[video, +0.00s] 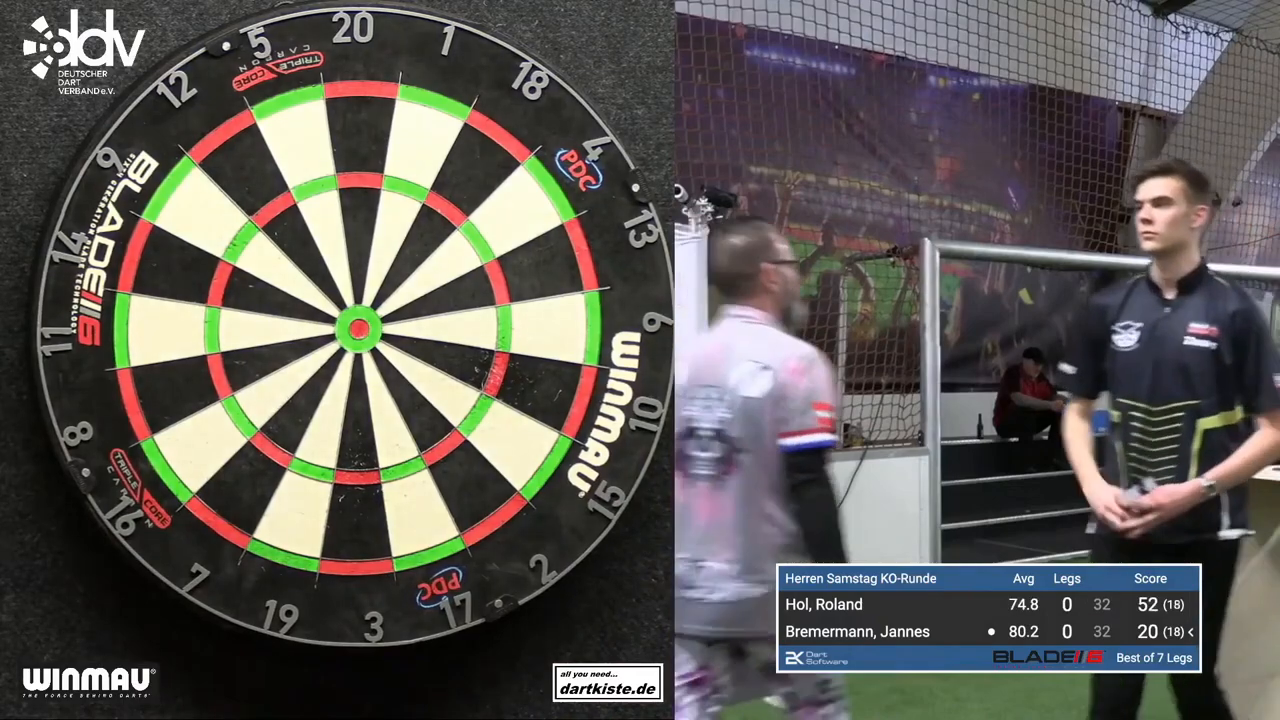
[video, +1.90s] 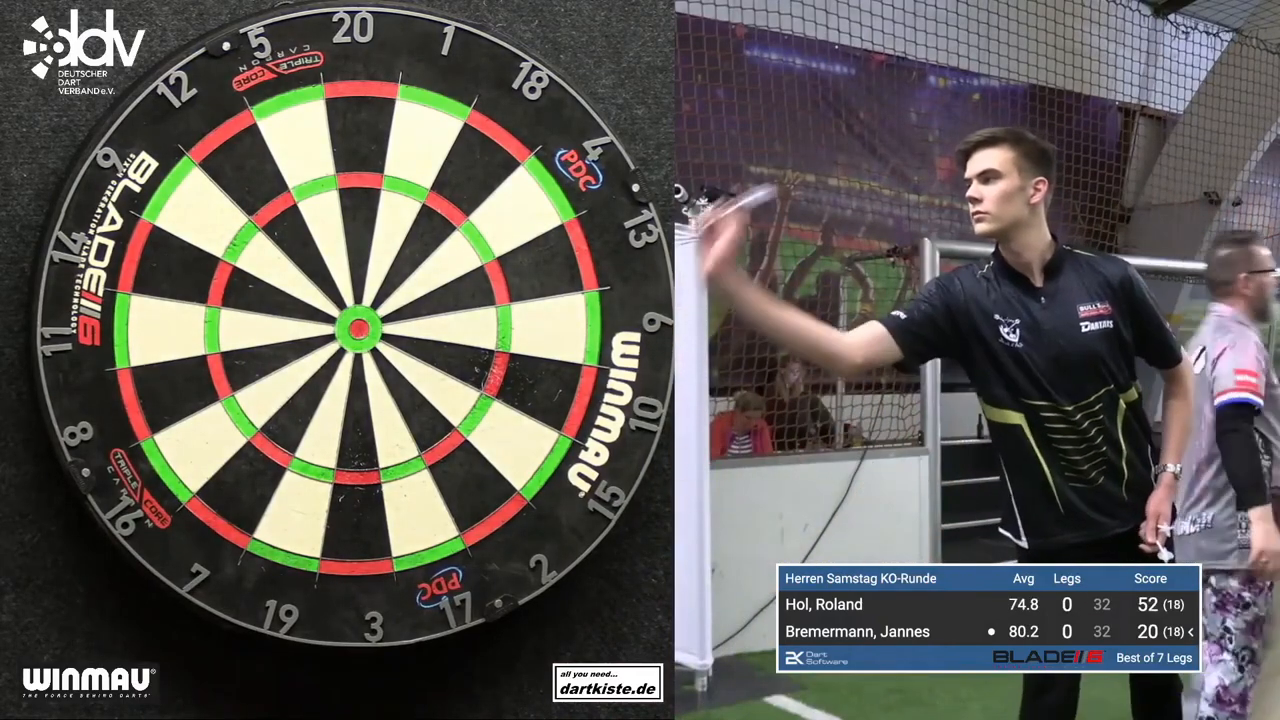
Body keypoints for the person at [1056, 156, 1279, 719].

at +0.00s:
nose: (1144, 216)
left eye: (1161, 204)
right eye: (1139, 207)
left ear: (1201, 216)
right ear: (1133, 218)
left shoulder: (1236, 314)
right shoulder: (1106, 309)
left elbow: (1272, 430)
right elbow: (1076, 411)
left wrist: (1193, 492)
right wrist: (1094, 487)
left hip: (1202, 534)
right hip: (1118, 529)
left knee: (1192, 680)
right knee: (1113, 682)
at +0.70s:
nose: (1089, 197)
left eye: (1105, 184)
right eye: (1084, 187)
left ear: (1148, 197)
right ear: (1078, 199)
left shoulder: (1194, 299)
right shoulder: (1049, 296)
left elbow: (1235, 412)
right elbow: (1018, 409)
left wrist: (1190, 497)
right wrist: (1009, 503)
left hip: (1161, 536)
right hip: (1074, 534)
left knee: (1146, 696)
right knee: (1074, 696)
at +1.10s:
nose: (1021, 189)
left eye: (1038, 175)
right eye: (1017, 179)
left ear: (1086, 186)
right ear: (1013, 191)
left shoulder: (1144, 285)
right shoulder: (993, 299)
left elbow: (1201, 390)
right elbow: (962, 426)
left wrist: (1177, 491)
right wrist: (919, 535)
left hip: (1142, 534)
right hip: (1052, 543)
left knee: (1154, 696)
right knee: (1057, 703)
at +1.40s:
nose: (983, 193)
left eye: (1000, 178)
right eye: (980, 182)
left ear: (1048, 189)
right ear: (979, 196)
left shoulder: (1120, 279)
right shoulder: (968, 305)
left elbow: (1187, 375)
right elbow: (909, 424)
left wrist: (1176, 480)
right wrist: (828, 538)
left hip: (1140, 524)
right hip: (1052, 539)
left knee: (1164, 688)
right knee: (1052, 698)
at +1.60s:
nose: (976, 193)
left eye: (993, 178)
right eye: (972, 183)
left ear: (1042, 189)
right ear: (970, 198)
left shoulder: (1114, 279)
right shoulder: (964, 299)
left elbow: (1182, 371)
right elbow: (864, 384)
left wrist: (1174, 478)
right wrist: (753, 463)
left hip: (1145, 526)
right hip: (1054, 543)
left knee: (1164, 694)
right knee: (1050, 703)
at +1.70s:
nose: (974, 192)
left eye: (991, 178)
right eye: (970, 183)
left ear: (1040, 190)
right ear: (972, 198)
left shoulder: (1111, 279)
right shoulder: (962, 297)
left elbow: (1182, 374)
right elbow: (844, 364)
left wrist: (1171, 480)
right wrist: (714, 377)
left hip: (1141, 528)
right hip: (1049, 544)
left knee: (1163, 695)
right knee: (1049, 704)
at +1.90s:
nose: (972, 193)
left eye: (988, 178)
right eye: (969, 183)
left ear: (1039, 190)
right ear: (967, 198)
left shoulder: (1109, 280)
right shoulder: (961, 295)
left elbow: (1178, 378)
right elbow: (849, 352)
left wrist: (1167, 481)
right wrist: (725, 277)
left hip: (1138, 527)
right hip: (1047, 541)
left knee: (1161, 692)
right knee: (1049, 700)